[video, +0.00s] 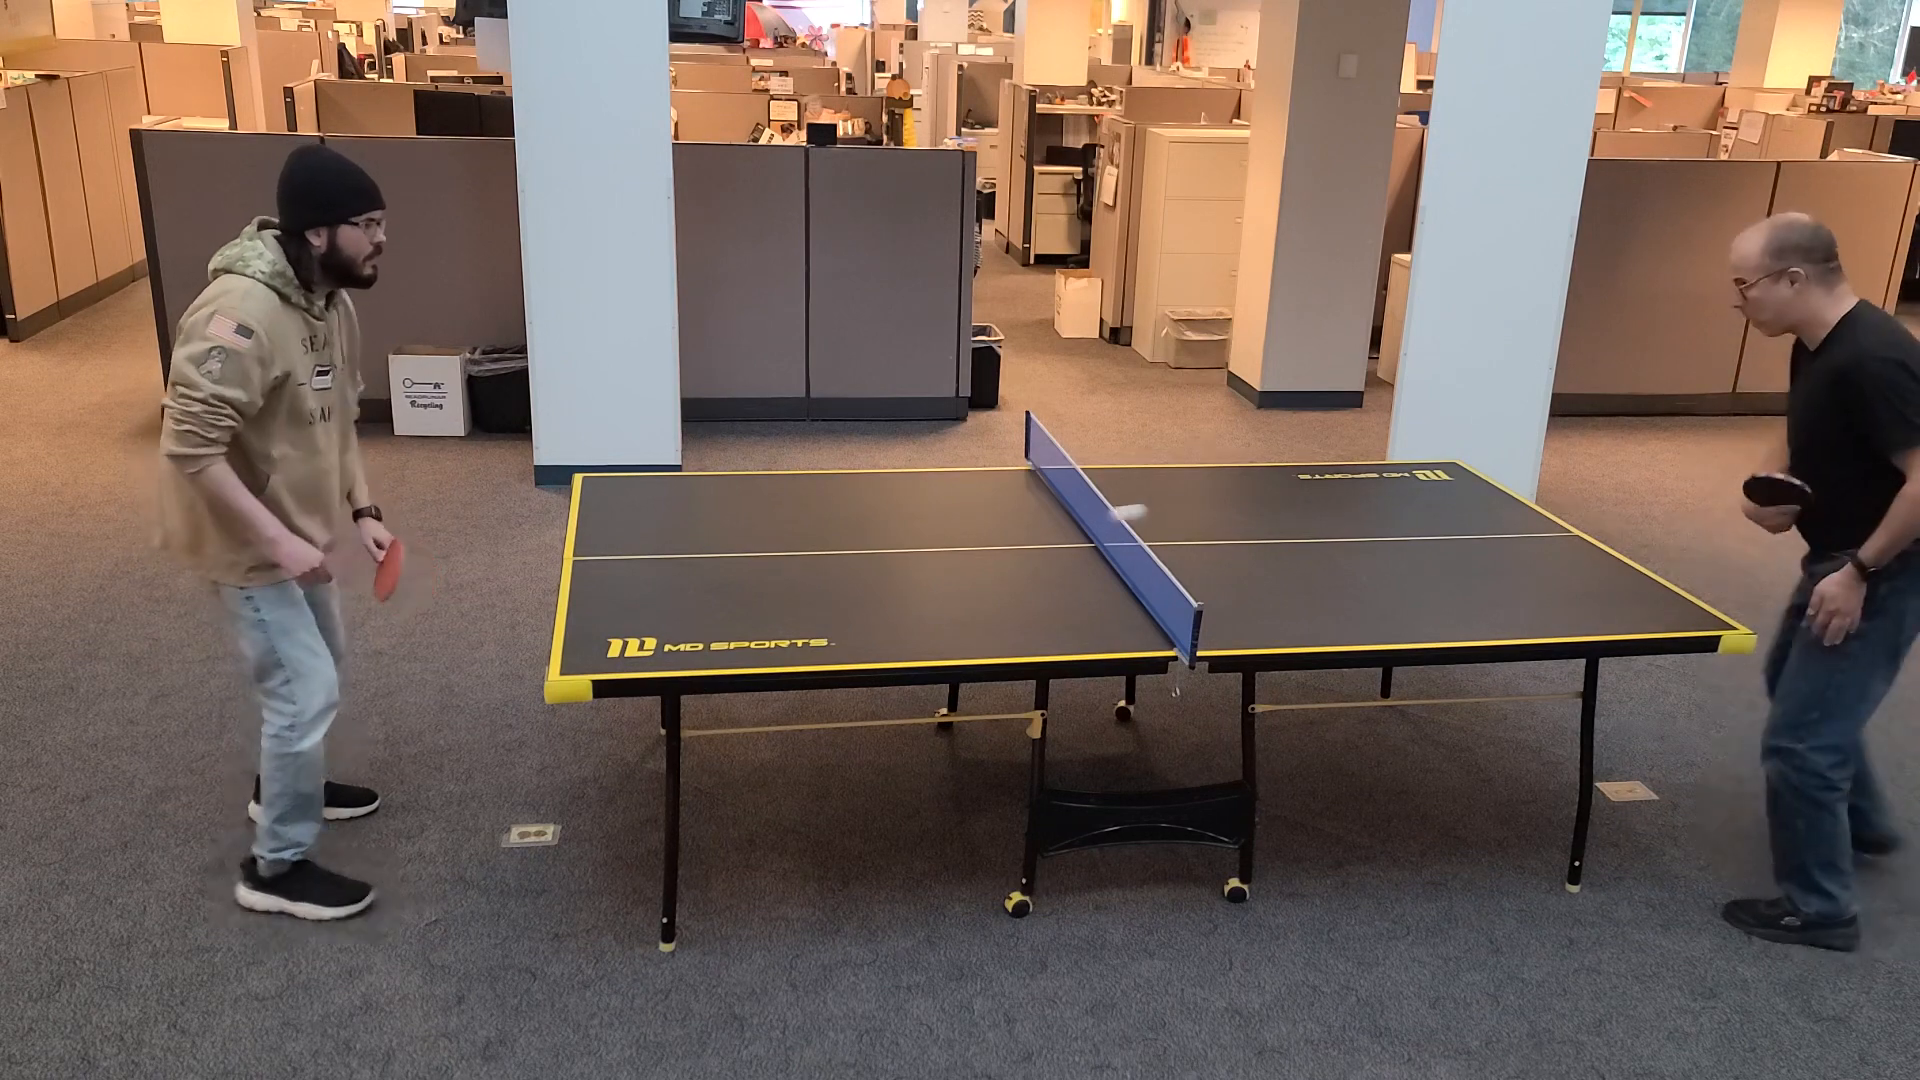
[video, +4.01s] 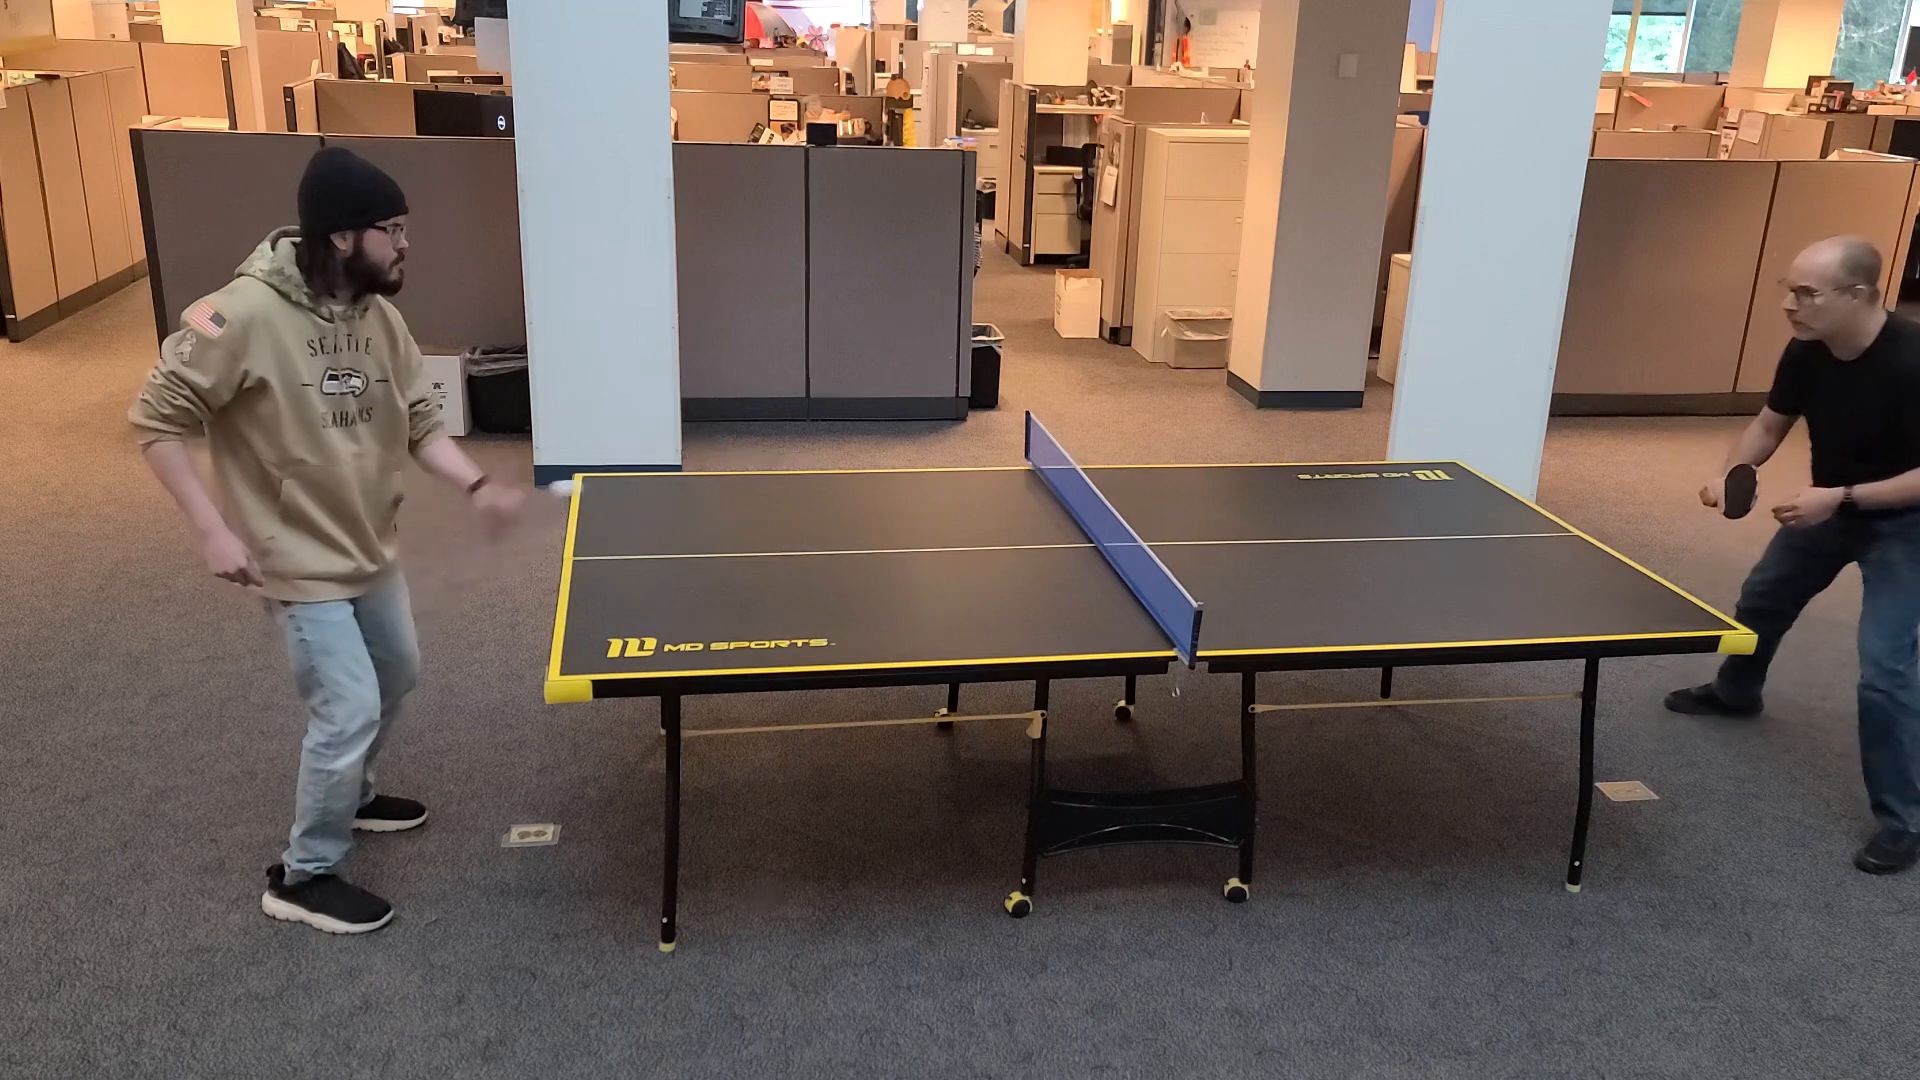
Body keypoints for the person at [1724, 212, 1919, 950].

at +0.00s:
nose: (1738, 297)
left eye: (1746, 283)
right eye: (1736, 284)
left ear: (1796, 279)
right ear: (1797, 279)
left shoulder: (1877, 358)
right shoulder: (1815, 345)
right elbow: (1815, 442)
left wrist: (1859, 572)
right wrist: (1780, 494)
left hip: (1884, 577)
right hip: (1834, 561)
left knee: (1799, 741)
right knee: (1789, 680)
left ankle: (1821, 907)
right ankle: (1865, 823)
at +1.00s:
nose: (1840, 330)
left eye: (1857, 318)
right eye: (1838, 313)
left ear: (1910, 317)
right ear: (1840, 306)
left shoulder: (1918, 383)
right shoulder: (1832, 370)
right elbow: (1782, 450)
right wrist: (1745, 517)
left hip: (1911, 573)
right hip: (1836, 546)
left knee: (1915, 717)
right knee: (1747, 642)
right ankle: (1705, 741)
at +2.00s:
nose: (1669, 293)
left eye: (1684, 283)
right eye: (1669, 280)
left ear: (1735, 282)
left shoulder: (1794, 346)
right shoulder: (1678, 338)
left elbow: (1843, 451)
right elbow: (1634, 400)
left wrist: (1775, 530)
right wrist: (1606, 461)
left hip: (1793, 519)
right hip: (1704, 499)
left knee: (1827, 662)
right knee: (1606, 576)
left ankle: (1879, 776)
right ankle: (1596, 693)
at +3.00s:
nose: (1759, 277)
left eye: (1775, 266)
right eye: (1758, 263)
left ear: (1827, 267)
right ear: (1766, 259)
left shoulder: (1887, 335)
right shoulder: (1764, 325)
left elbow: (1919, 438)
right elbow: (1733, 403)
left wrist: (1830, 471)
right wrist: (1710, 460)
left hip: (1877, 505)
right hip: (1794, 493)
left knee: (1861, 660)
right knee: (1709, 586)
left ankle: (1884, 793)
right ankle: (1745, 690)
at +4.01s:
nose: (1789, 303)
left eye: (1804, 294)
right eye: (1789, 290)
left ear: (1857, 297)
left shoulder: (1911, 358)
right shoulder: (1806, 354)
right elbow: (1768, 426)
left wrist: (1840, 497)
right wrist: (1735, 472)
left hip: (1903, 525)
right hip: (1832, 515)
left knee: (1886, 672)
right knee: (1761, 596)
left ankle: (1901, 820)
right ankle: (1737, 691)